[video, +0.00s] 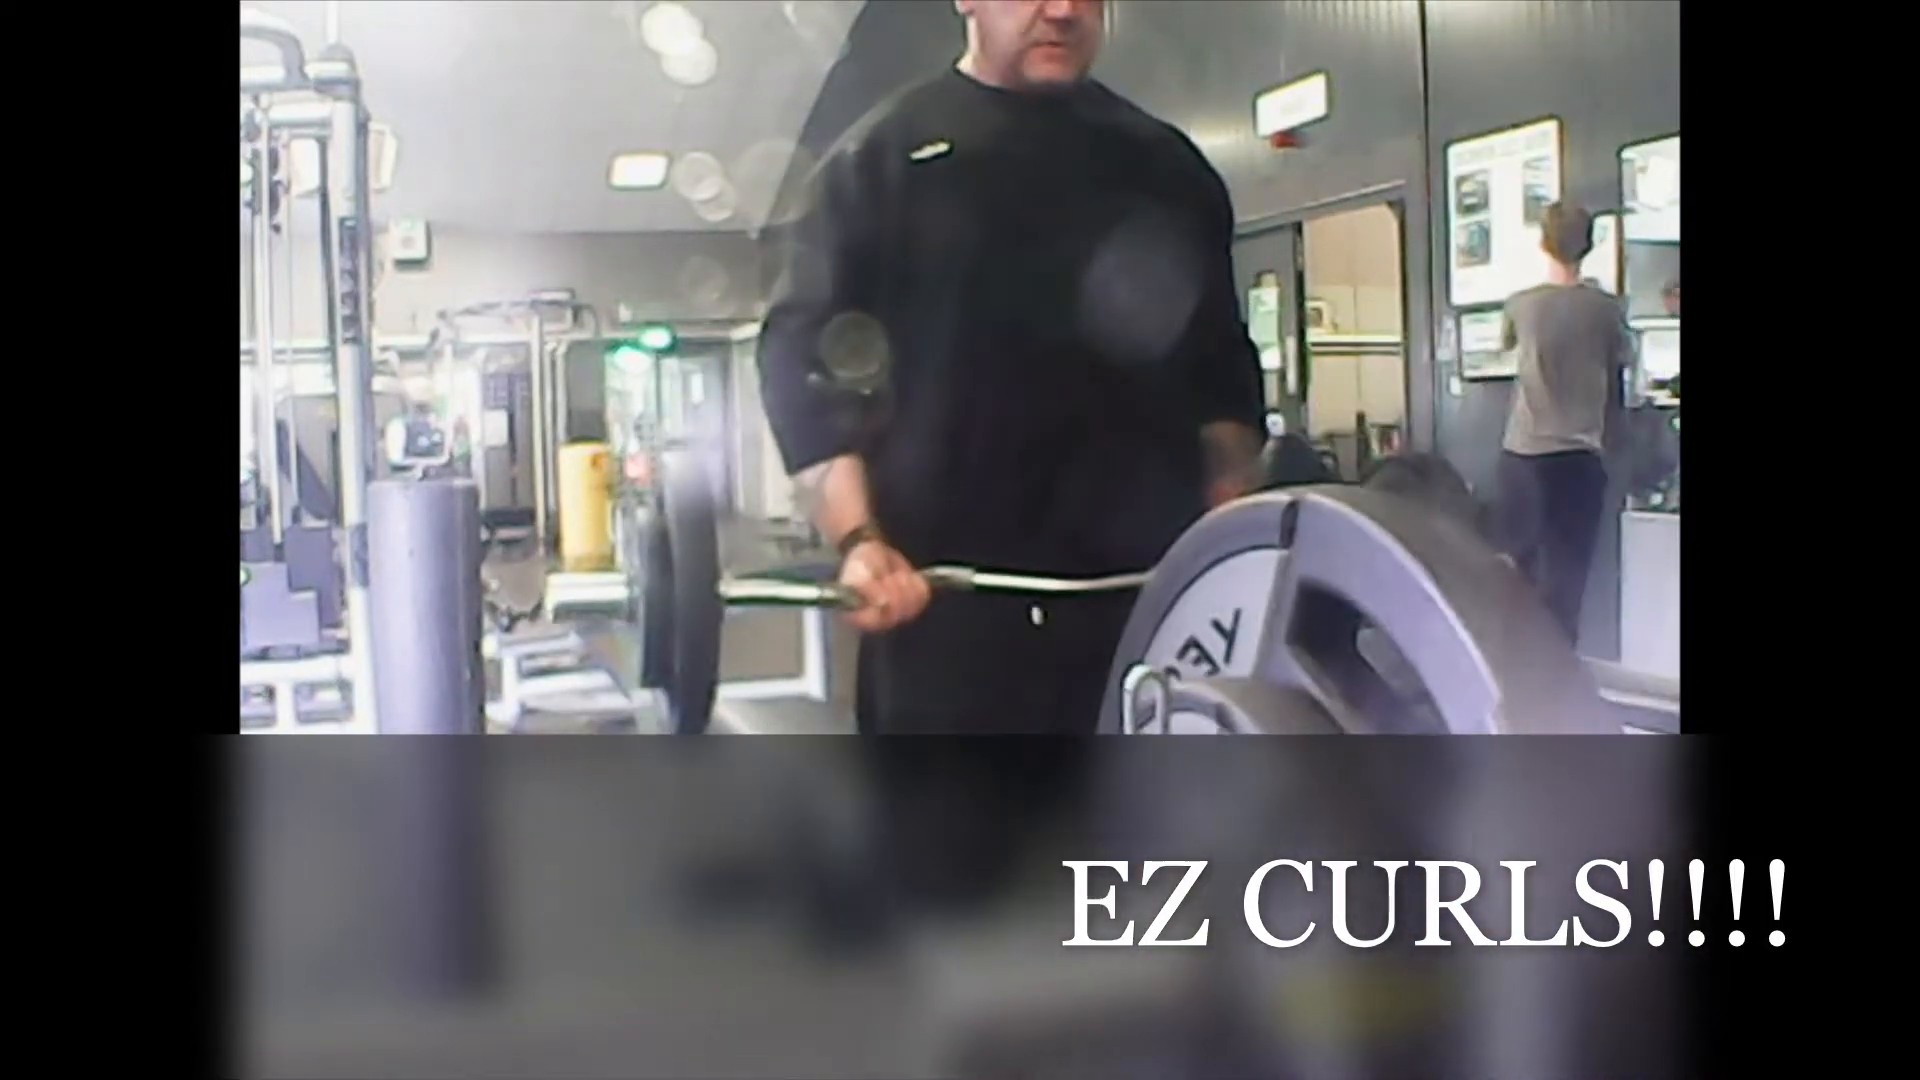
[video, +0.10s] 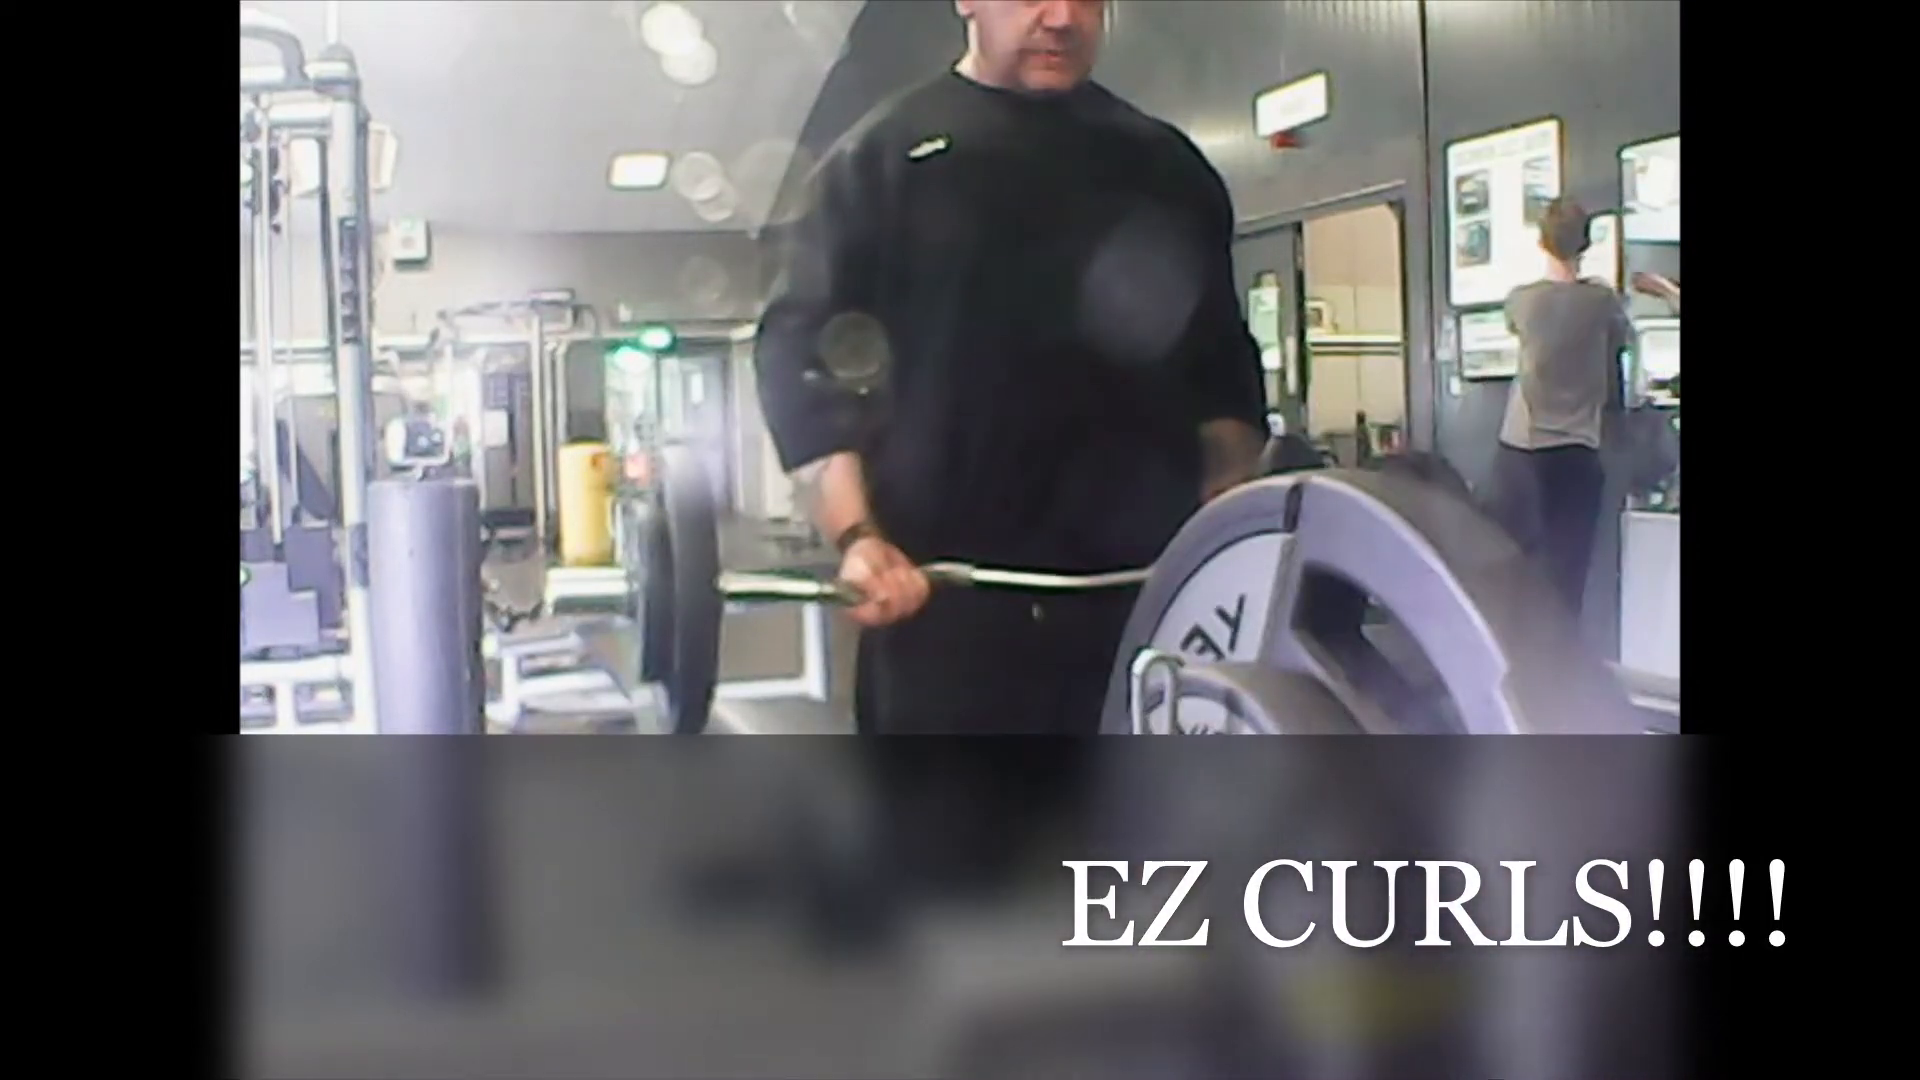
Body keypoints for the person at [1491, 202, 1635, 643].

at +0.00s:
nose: (1542, 245)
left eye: (1543, 239)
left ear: (1544, 245)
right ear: (1588, 246)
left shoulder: (1521, 305)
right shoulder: (1607, 308)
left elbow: (1506, 343)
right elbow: (1622, 363)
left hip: (1524, 452)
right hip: (1582, 453)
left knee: (1519, 560)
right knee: (1569, 569)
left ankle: (1518, 655)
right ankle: (1557, 660)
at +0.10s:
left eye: (1547, 236)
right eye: (1574, 238)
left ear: (1542, 242)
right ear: (1585, 244)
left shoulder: (1522, 300)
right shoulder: (1602, 299)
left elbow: (1515, 326)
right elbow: (1624, 337)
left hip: (1521, 449)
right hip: (1579, 450)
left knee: (1519, 551)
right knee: (1570, 559)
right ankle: (1561, 647)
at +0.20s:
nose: (1541, 243)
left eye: (1541, 237)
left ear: (1541, 244)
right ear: (1583, 245)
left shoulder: (1520, 300)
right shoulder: (1601, 300)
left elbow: (1517, 321)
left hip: (1524, 447)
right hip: (1578, 449)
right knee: (1570, 561)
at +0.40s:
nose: (1527, 244)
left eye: (1526, 239)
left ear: (1525, 247)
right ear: (1566, 246)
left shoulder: (1507, 304)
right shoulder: (1582, 299)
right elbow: (1608, 307)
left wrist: (1561, 283)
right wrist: (1591, 282)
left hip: (1518, 445)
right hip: (1571, 445)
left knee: (1518, 547)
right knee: (1568, 557)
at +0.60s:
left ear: (1508, 251)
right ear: (1550, 247)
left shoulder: (1494, 307)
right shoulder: (1571, 300)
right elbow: (1606, 304)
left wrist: (1547, 288)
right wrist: (1588, 279)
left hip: (1513, 450)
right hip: (1569, 447)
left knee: (1518, 560)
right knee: (1564, 564)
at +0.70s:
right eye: (1536, 245)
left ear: (1497, 253)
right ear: (1539, 252)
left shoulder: (1484, 310)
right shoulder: (1560, 300)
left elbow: (1515, 308)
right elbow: (1609, 306)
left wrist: (1536, 282)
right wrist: (1588, 276)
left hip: (1504, 450)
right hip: (1560, 448)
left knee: (1503, 561)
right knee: (1558, 564)